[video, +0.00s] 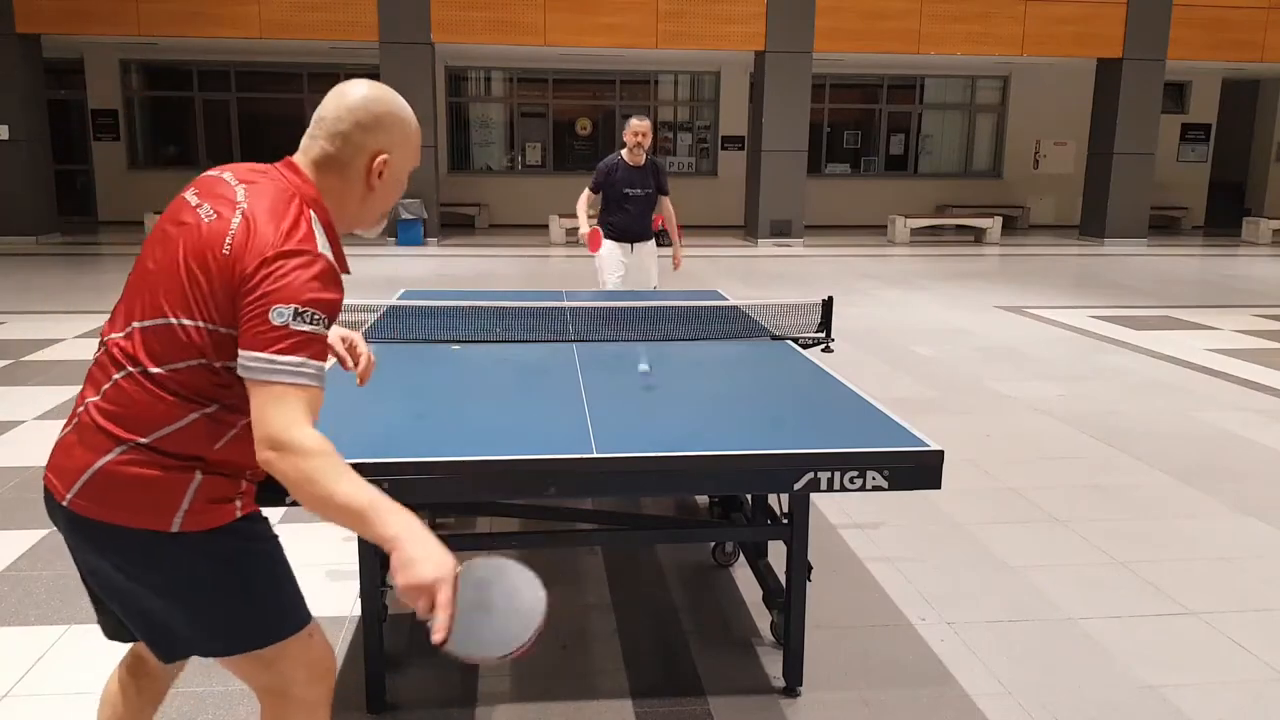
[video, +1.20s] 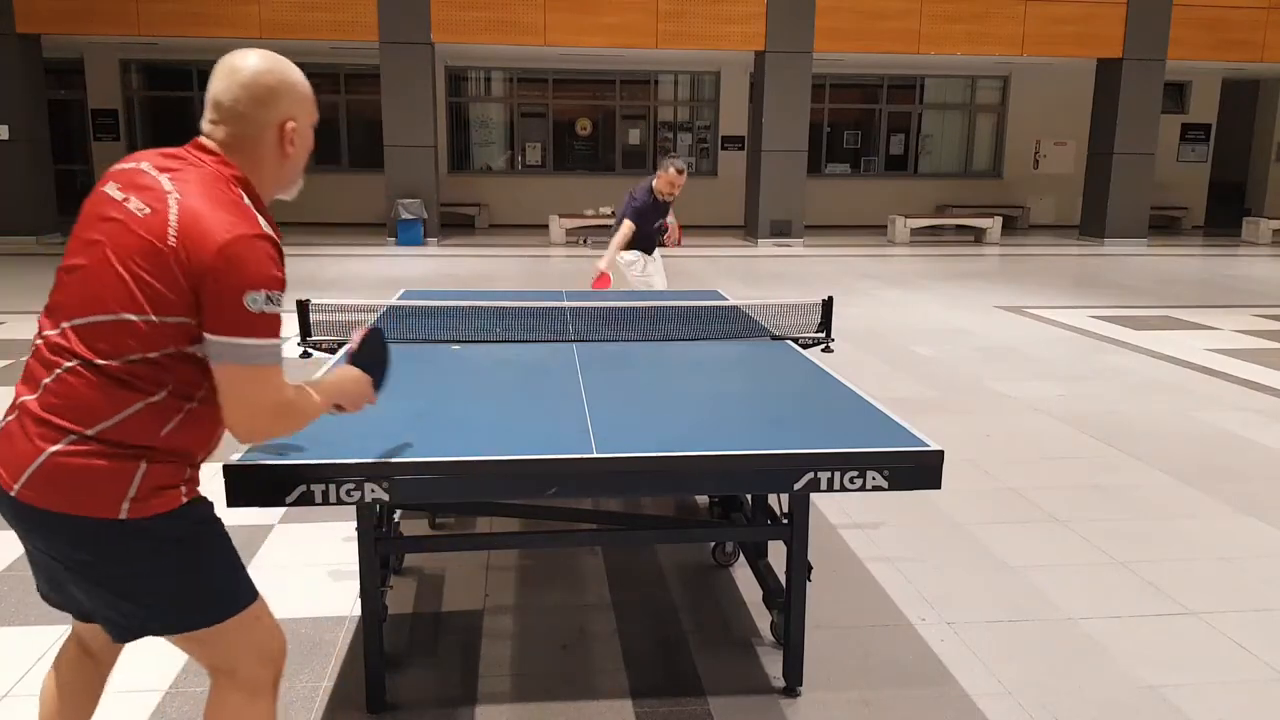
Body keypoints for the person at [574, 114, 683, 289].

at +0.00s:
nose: (639, 140)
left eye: (644, 135)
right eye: (634, 135)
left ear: (651, 138)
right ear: (625, 136)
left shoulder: (656, 168)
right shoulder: (609, 166)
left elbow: (666, 206)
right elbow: (584, 199)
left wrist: (676, 246)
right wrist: (583, 226)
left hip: (645, 245)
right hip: (611, 245)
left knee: (647, 301)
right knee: (612, 299)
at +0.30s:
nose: (630, 144)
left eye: (635, 139)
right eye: (625, 138)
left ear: (639, 141)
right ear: (614, 140)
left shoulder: (635, 167)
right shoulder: (601, 168)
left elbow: (638, 201)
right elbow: (589, 209)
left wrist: (648, 237)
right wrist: (596, 244)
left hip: (626, 241)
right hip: (597, 244)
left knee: (633, 292)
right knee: (593, 297)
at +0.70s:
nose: (645, 160)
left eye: (649, 156)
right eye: (641, 155)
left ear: (653, 157)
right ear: (628, 153)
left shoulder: (644, 180)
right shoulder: (614, 178)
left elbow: (644, 213)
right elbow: (599, 220)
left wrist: (652, 247)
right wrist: (622, 252)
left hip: (627, 243)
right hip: (603, 242)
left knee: (634, 286)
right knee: (622, 288)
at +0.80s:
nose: (656, 172)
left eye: (660, 167)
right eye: (652, 165)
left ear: (663, 167)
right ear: (639, 161)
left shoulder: (650, 183)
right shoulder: (622, 184)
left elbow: (649, 213)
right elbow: (615, 231)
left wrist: (658, 249)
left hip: (628, 241)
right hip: (603, 240)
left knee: (630, 288)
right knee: (629, 284)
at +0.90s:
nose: (667, 190)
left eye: (671, 184)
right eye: (664, 182)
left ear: (675, 182)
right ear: (650, 175)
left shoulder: (653, 191)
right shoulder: (630, 197)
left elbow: (655, 224)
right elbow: (628, 245)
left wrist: (664, 252)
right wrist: (659, 249)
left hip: (633, 243)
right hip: (608, 245)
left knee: (637, 291)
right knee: (635, 293)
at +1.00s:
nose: (672, 204)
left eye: (677, 199)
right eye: (669, 197)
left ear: (680, 197)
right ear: (657, 187)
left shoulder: (657, 199)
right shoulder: (635, 208)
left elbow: (659, 224)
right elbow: (629, 254)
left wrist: (668, 253)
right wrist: (657, 272)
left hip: (636, 251)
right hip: (613, 252)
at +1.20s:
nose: (675, 191)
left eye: (679, 187)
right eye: (671, 185)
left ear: (683, 184)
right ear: (659, 177)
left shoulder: (666, 192)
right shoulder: (642, 198)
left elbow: (666, 207)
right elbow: (625, 231)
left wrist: (673, 223)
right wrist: (606, 261)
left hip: (650, 249)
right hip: (630, 252)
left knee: (661, 293)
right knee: (653, 297)